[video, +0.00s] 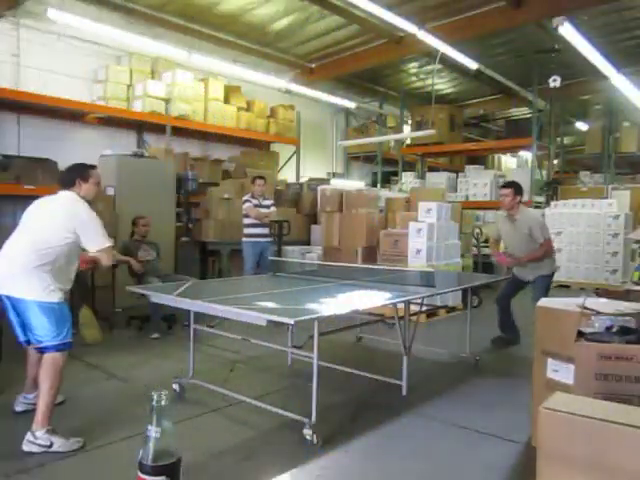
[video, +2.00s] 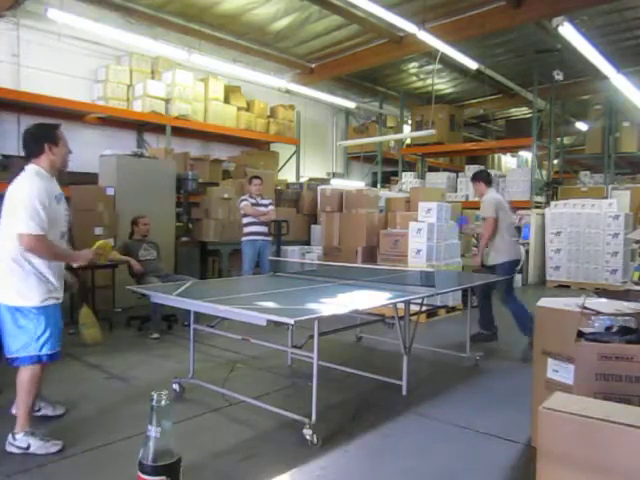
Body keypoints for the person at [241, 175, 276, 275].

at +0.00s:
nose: (260, 188)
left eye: (262, 185)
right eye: (258, 185)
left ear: (265, 187)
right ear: (253, 186)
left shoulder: (269, 201)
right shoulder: (247, 199)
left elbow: (272, 217)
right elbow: (253, 213)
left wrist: (257, 215)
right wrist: (268, 214)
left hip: (266, 240)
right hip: (250, 240)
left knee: (266, 269)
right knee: (250, 270)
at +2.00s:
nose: (258, 187)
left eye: (260, 185)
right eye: (255, 185)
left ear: (262, 186)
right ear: (249, 187)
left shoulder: (268, 201)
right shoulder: (244, 199)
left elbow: (272, 215)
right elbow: (248, 211)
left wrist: (258, 216)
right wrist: (265, 212)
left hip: (265, 238)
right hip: (249, 238)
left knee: (266, 269)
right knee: (248, 270)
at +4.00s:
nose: (251, 186)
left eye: (253, 183)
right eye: (248, 183)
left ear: (256, 185)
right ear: (244, 185)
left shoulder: (262, 200)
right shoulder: (239, 198)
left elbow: (268, 216)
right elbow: (243, 211)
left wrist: (252, 217)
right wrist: (261, 212)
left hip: (260, 238)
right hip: (244, 238)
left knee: (262, 269)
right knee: (244, 270)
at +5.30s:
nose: (263, 188)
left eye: (265, 185)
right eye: (260, 185)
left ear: (269, 186)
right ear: (257, 187)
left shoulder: (275, 200)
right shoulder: (252, 199)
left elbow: (280, 214)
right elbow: (257, 213)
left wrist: (268, 218)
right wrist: (273, 214)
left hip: (271, 238)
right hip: (255, 238)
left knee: (268, 268)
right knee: (251, 268)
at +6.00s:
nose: (255, 187)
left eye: (257, 185)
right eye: (252, 185)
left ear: (261, 187)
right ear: (248, 186)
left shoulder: (266, 202)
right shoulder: (243, 199)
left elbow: (270, 217)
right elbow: (248, 212)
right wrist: (264, 214)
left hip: (263, 239)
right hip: (247, 239)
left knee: (263, 269)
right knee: (248, 270)